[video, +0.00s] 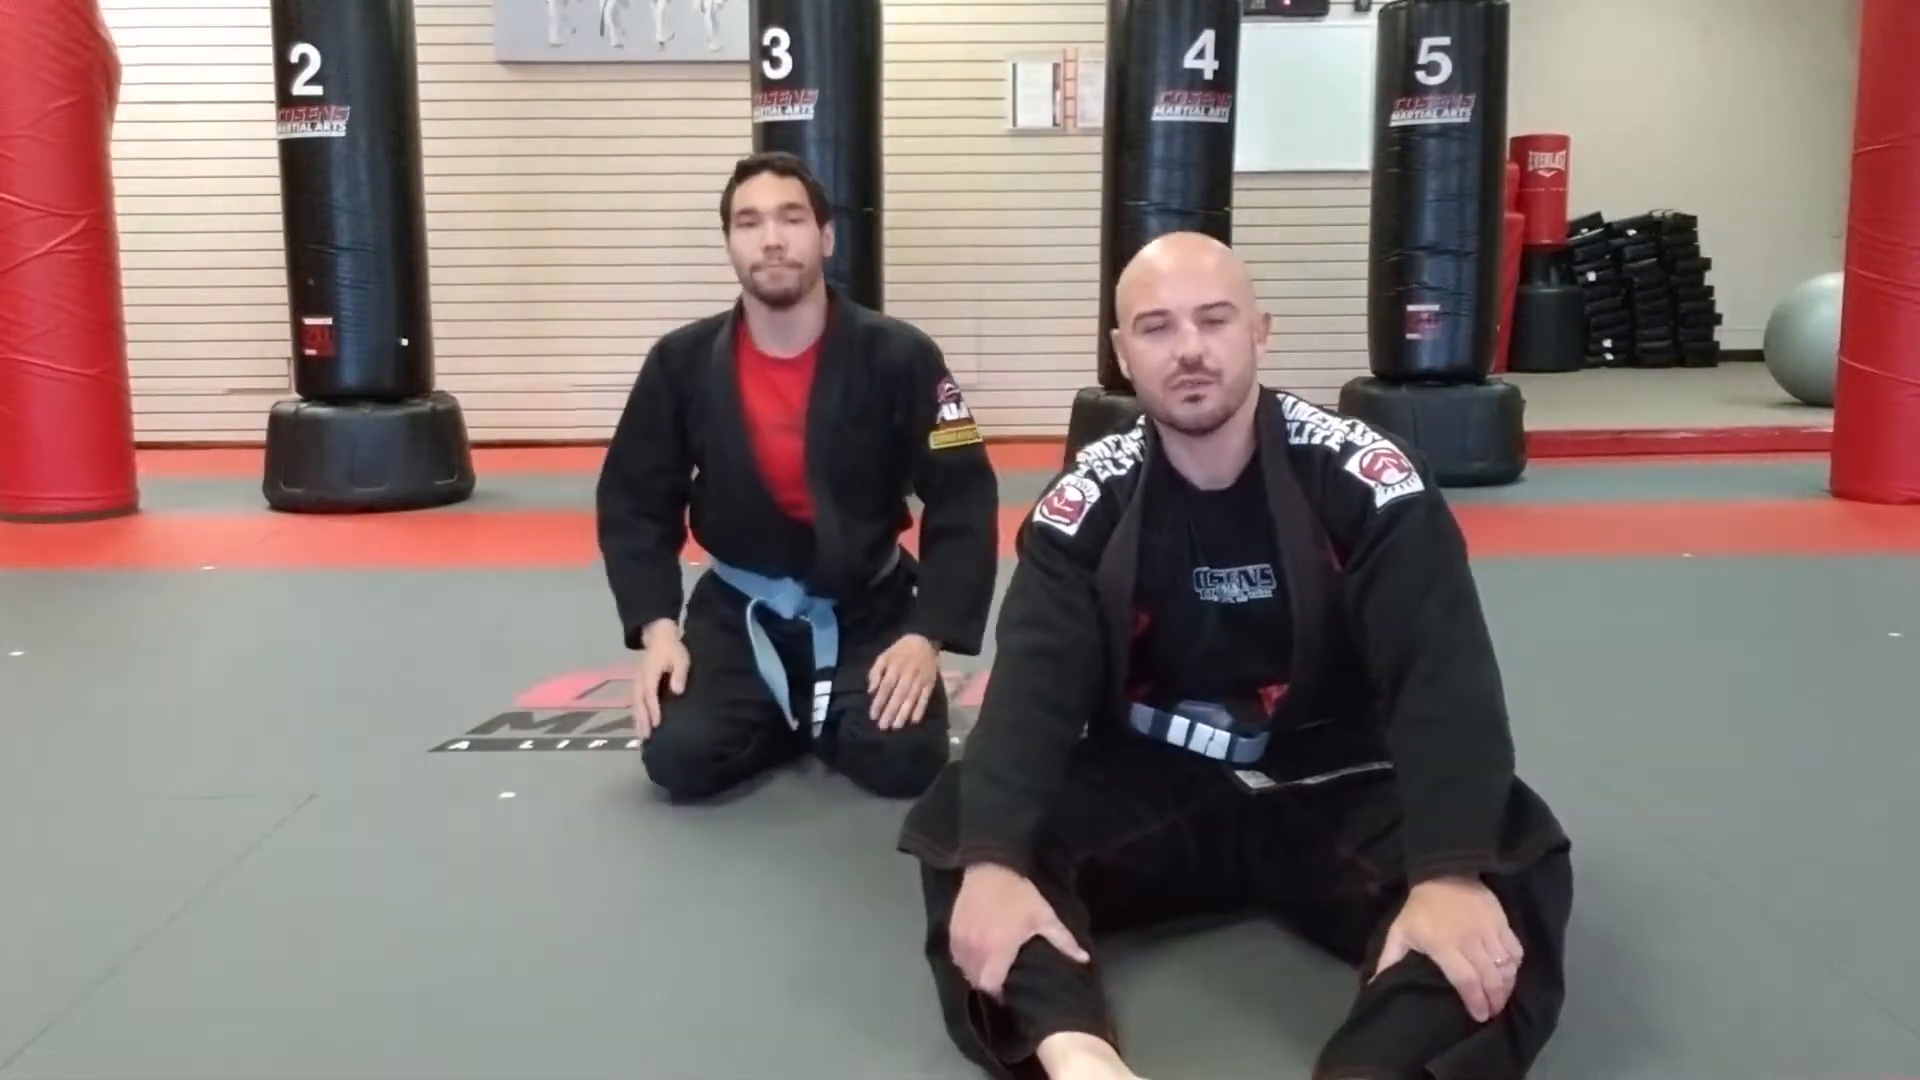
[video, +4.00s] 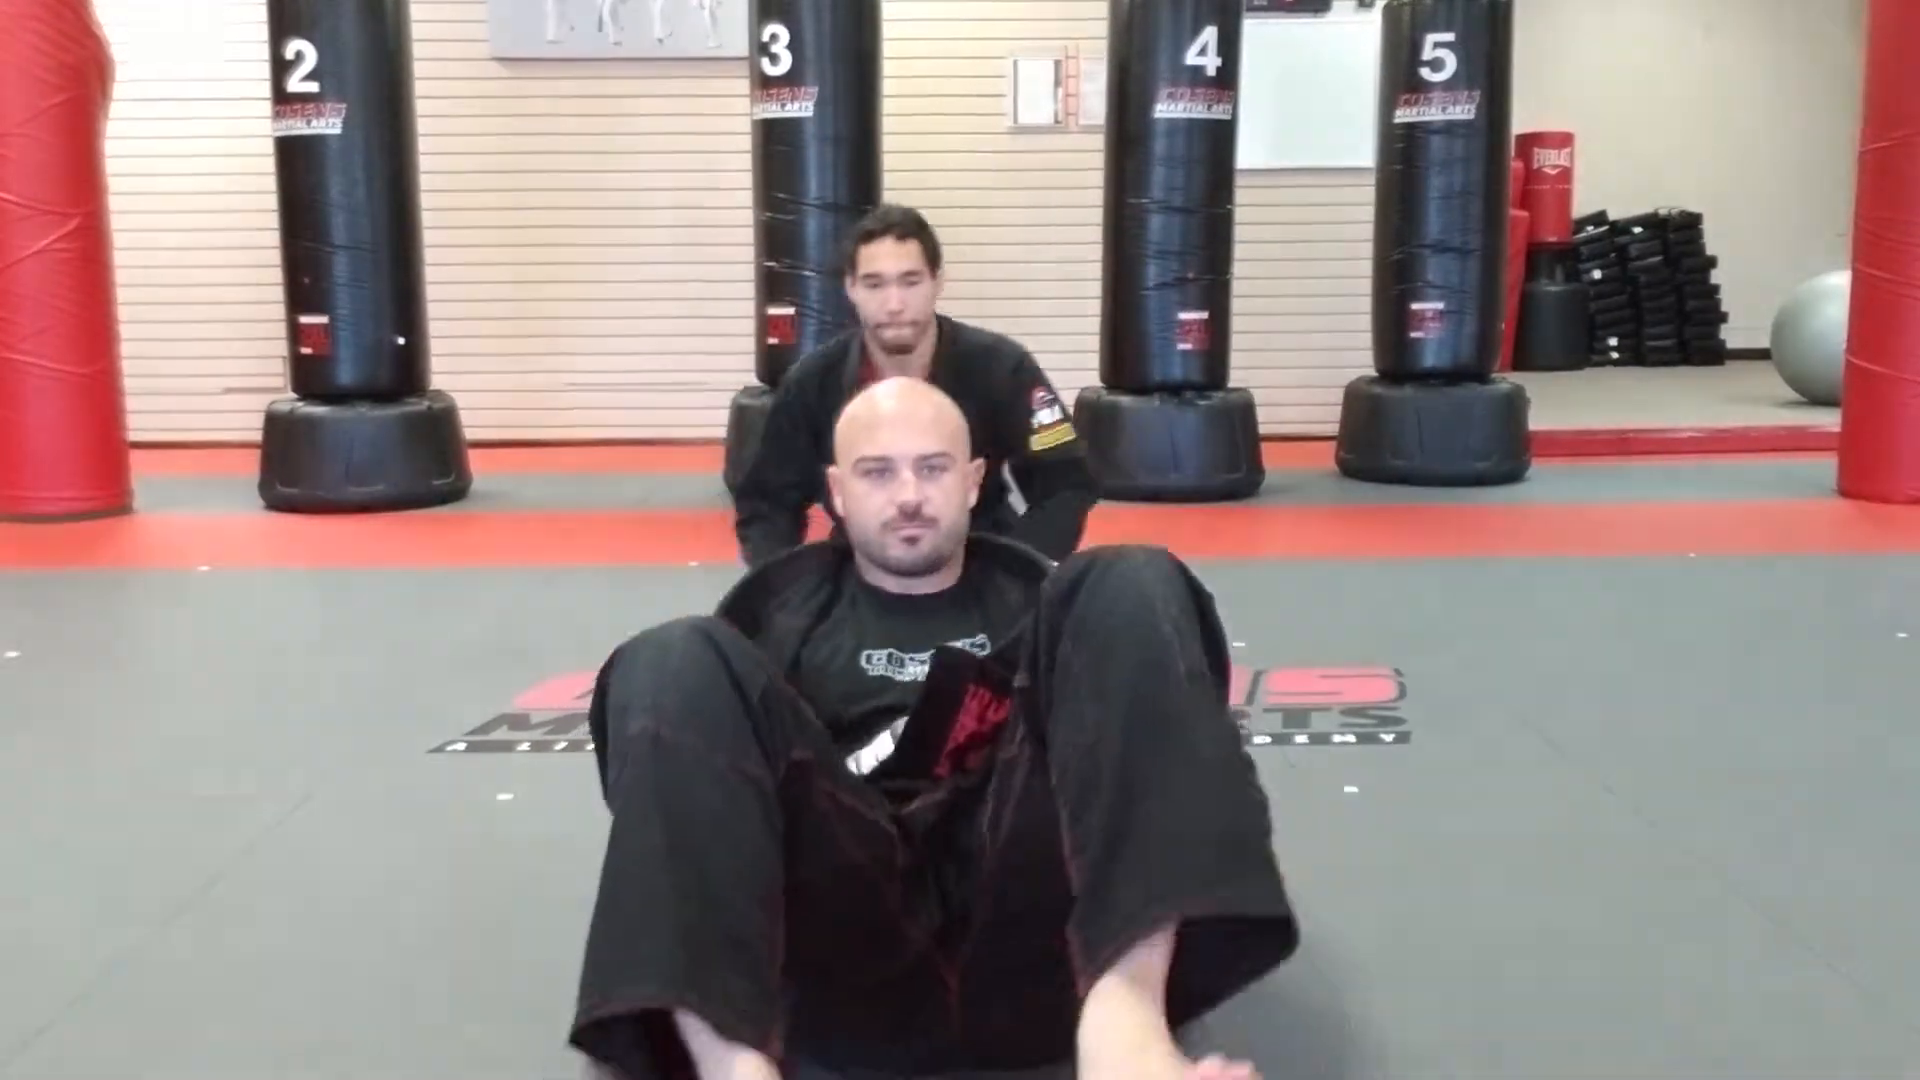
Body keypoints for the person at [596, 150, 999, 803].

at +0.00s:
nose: (771, 240)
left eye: (790, 219)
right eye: (750, 223)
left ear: (826, 237)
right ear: (728, 247)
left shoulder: (900, 360)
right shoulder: (682, 365)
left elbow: (964, 497)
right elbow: (635, 501)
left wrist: (929, 634)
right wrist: (655, 628)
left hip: (866, 599)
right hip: (740, 600)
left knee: (905, 761)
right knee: (682, 759)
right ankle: (810, 710)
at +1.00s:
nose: (805, 228)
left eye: (826, 211)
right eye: (784, 211)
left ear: (855, 234)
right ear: (758, 233)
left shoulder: (919, 355)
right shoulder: (700, 351)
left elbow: (979, 485)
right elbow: (636, 475)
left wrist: (938, 607)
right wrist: (674, 595)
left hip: (871, 605)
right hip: (741, 601)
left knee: (911, 760)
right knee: (680, 760)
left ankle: (784, 702)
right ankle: (802, 718)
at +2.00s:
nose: (795, 232)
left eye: (815, 215)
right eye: (774, 216)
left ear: (844, 237)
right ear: (749, 239)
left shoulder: (913, 355)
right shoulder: (694, 353)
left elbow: (974, 484)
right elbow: (631, 478)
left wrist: (932, 605)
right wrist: (669, 597)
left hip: (867, 605)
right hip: (736, 601)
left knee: (908, 760)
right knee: (678, 759)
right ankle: (804, 713)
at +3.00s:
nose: (596, 547)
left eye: (614, 519)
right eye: (571, 527)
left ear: (663, 472)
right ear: (547, 503)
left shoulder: (767, 474)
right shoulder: (546, 512)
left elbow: (849, 619)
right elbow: (555, 624)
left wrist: (813, 765)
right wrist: (582, 752)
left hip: (798, 556)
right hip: (672, 576)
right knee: (643, 711)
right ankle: (785, 714)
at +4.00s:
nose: (894, 303)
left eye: (910, 282)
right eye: (875, 284)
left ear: (937, 284)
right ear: (851, 290)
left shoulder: (1000, 369)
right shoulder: (814, 383)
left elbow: (1067, 486)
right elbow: (765, 502)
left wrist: (1011, 584)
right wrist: (788, 599)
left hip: (983, 586)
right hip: (856, 587)